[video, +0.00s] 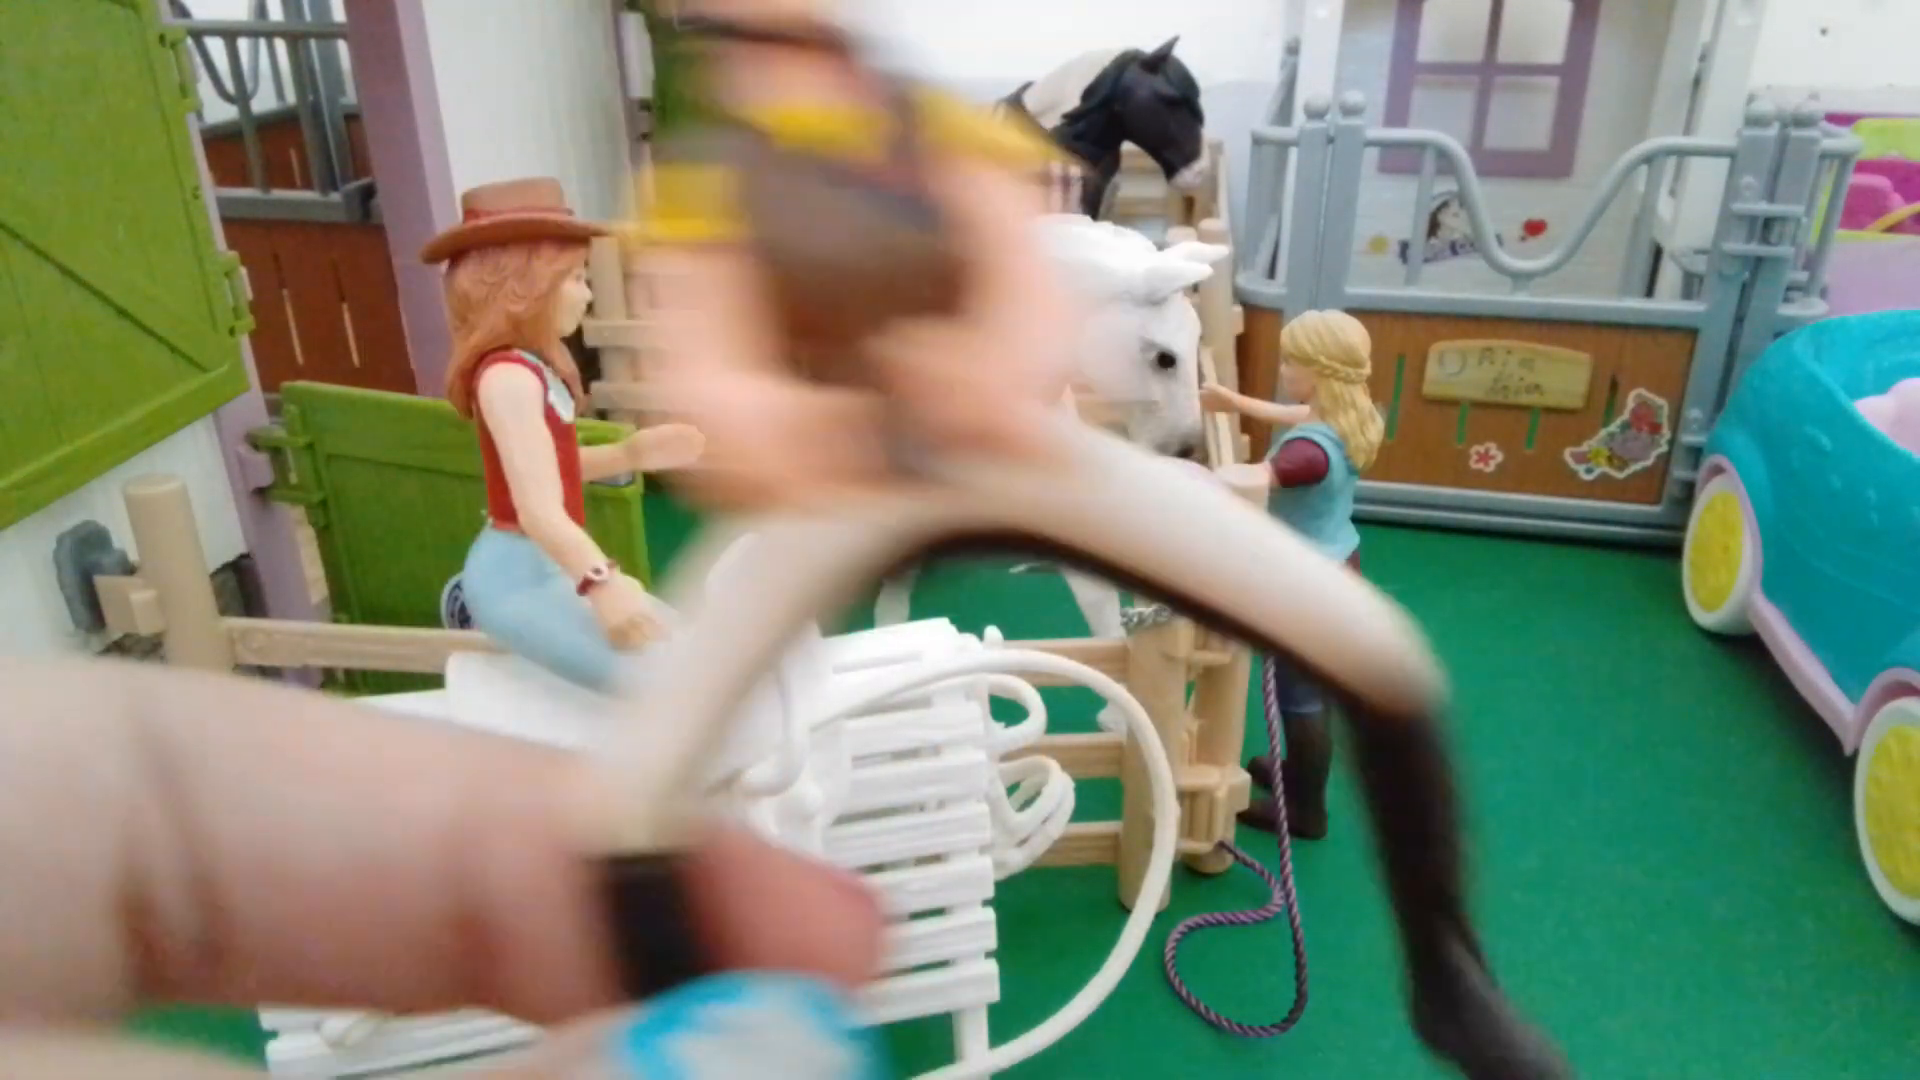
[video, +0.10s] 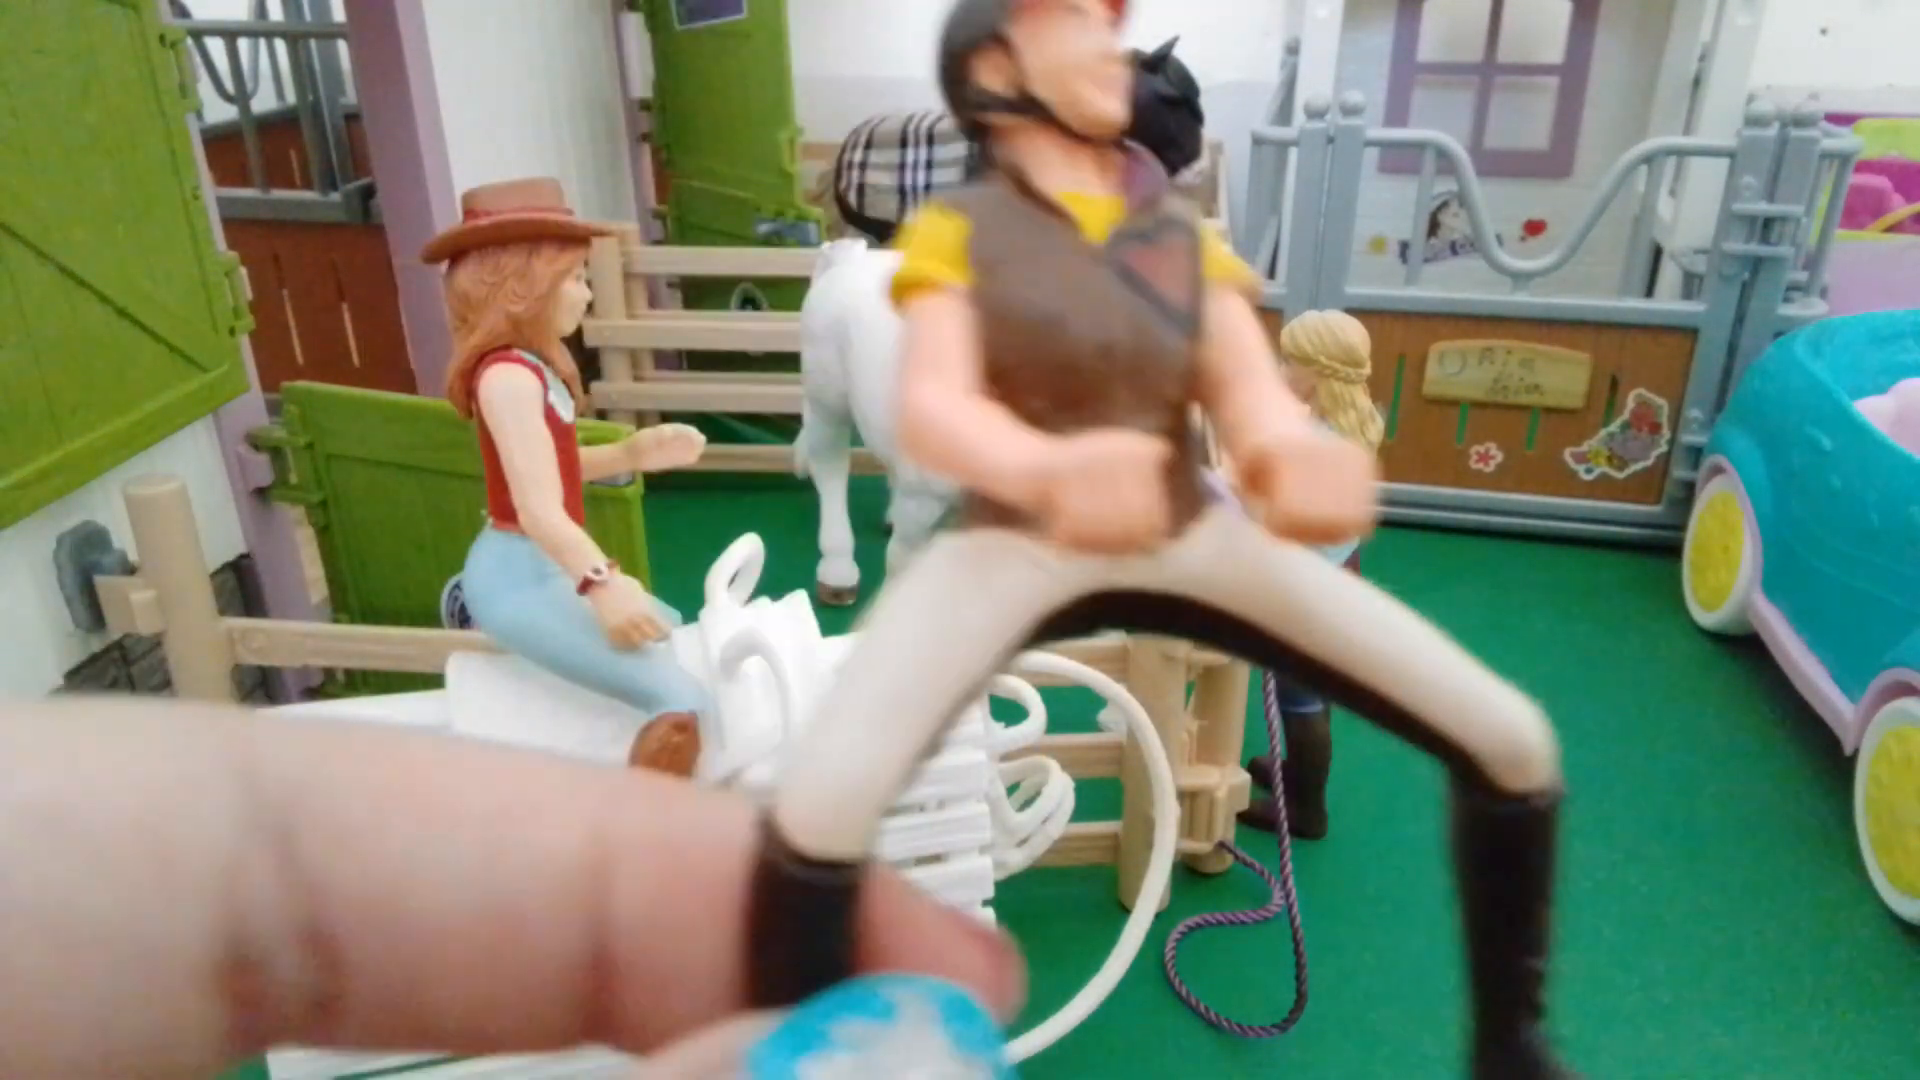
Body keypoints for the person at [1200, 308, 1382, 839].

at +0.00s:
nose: (1281, 371)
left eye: (1290, 363)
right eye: (1284, 361)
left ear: (1317, 374)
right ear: (1336, 373)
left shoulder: (1315, 448)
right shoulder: (1346, 419)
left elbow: (1253, 479)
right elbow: (1292, 415)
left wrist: (1193, 479)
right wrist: (1236, 401)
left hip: (1309, 579)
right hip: (1333, 565)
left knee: (1297, 691)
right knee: (1299, 676)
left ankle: (1302, 809)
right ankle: (1298, 771)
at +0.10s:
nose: (1280, 373)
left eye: (1290, 363)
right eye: (1283, 362)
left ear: (1314, 373)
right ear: (1347, 369)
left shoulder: (1316, 438)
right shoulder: (1356, 422)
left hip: (1310, 574)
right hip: (1335, 564)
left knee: (1296, 688)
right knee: (1304, 680)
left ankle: (1303, 806)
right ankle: (1295, 772)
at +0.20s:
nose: (1281, 373)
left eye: (1290, 363)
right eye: (1286, 363)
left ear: (1308, 373)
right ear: (1349, 372)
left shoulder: (1311, 444)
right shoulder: (1336, 432)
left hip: (1316, 573)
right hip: (1337, 562)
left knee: (1304, 697)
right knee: (1304, 685)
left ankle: (1303, 806)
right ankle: (1294, 773)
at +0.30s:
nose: (1282, 371)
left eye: (1290, 362)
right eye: (1285, 360)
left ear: (1317, 373)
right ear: (1332, 372)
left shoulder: (1312, 448)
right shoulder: (1349, 417)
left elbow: (1248, 478)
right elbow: (1292, 415)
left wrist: (1187, 475)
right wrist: (1235, 400)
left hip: (1308, 586)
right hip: (1340, 564)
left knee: (1300, 694)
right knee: (1300, 674)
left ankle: (1303, 809)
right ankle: (1293, 766)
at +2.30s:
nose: (1282, 371)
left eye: (1290, 362)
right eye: (1285, 360)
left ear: (1318, 372)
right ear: (1336, 372)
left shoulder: (1314, 447)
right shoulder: (1349, 417)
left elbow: (1250, 478)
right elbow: (1290, 416)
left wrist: (1165, 484)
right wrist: (1236, 401)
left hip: (1304, 587)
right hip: (1334, 564)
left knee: (1295, 698)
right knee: (1305, 683)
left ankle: (1307, 811)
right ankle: (1309, 788)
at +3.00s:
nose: (1282, 369)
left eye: (1291, 359)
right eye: (1284, 358)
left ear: (1310, 372)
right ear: (1340, 372)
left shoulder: (1317, 444)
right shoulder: (1347, 421)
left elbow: (1258, 475)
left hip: (1308, 579)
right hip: (1335, 559)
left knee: (1299, 699)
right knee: (1308, 685)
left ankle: (1305, 804)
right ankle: (1306, 791)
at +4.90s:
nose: (1281, 371)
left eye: (1290, 362)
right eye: (1284, 360)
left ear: (1317, 374)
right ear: (1334, 375)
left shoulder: (1314, 448)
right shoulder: (1349, 418)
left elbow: (1252, 477)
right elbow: (1290, 415)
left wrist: (1163, 484)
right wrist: (1236, 400)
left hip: (1305, 587)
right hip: (1333, 565)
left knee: (1299, 699)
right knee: (1301, 680)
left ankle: (1304, 812)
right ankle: (1299, 773)